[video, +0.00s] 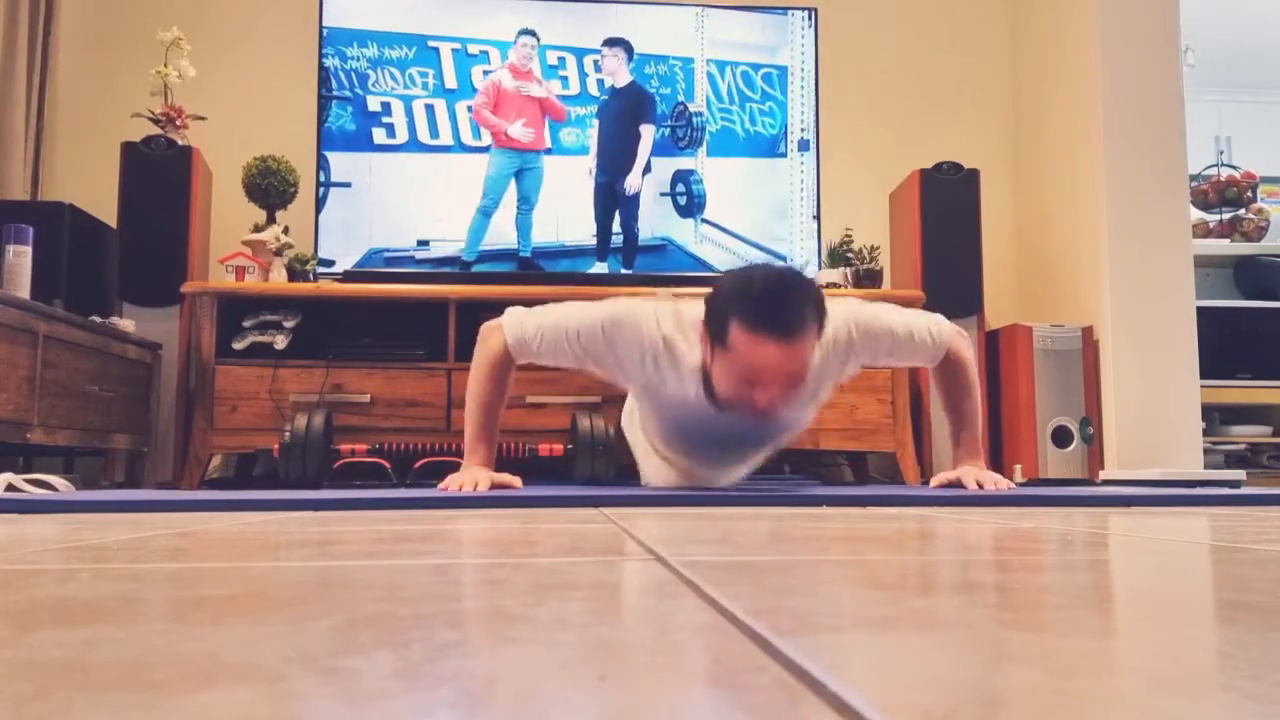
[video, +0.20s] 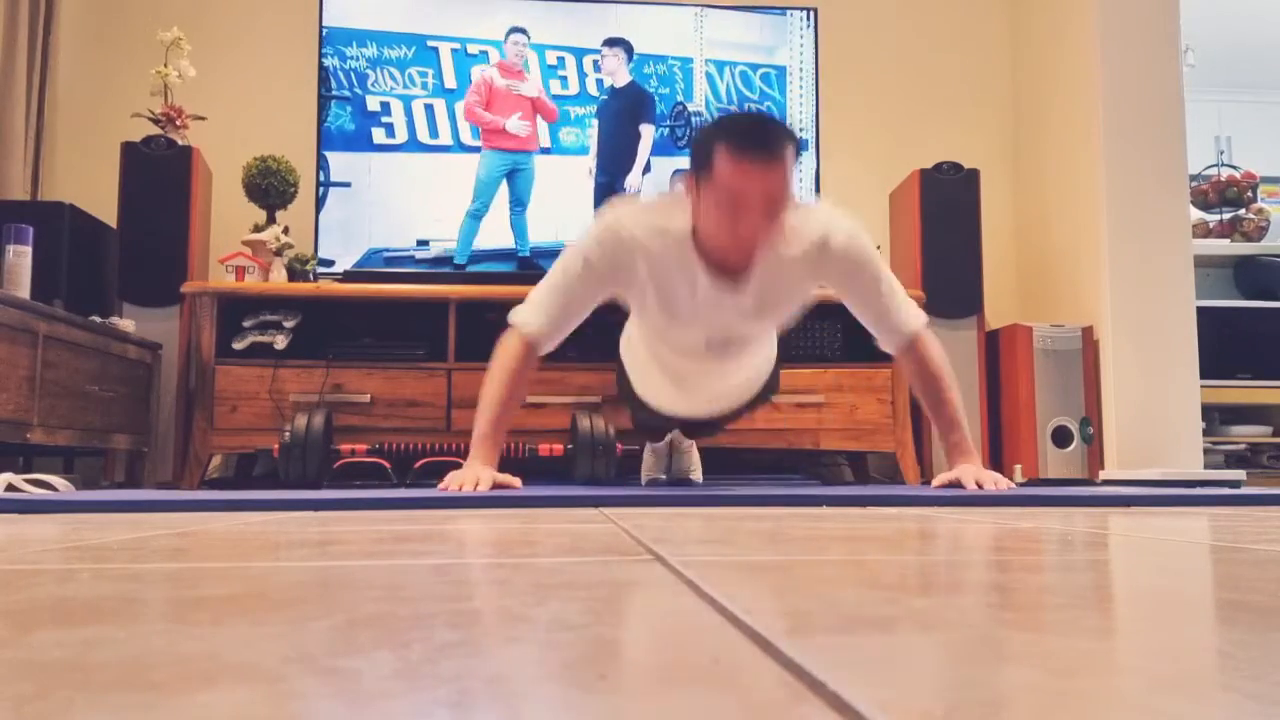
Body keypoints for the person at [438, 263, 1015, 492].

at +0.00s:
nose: (770, 397)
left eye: (787, 380)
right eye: (751, 379)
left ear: (815, 349)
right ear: (709, 348)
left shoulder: (842, 332)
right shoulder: (642, 335)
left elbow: (950, 344)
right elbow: (497, 338)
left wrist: (971, 458)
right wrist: (473, 460)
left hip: (740, 478)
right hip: (640, 466)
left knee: (721, 580)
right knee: (627, 577)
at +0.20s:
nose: (748, 226)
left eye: (766, 208)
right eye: (732, 203)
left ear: (788, 199)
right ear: (694, 189)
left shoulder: (826, 240)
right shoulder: (625, 234)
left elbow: (913, 338)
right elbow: (523, 335)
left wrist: (965, 458)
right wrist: (480, 461)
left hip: (742, 386)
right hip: (648, 380)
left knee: (710, 425)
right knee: (649, 421)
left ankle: (683, 450)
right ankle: (652, 454)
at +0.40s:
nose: (752, 181)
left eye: (771, 158)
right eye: (733, 159)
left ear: (789, 145)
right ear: (693, 140)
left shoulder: (815, 189)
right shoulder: (638, 191)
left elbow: (851, 334)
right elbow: (575, 333)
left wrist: (848, 460)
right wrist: (595, 462)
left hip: (743, 346)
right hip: (649, 346)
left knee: (701, 410)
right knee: (650, 408)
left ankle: (682, 436)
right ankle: (656, 441)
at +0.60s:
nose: (755, 437)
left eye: (777, 419)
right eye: (738, 420)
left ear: (804, 382)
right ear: (696, 382)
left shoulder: (830, 352)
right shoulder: (640, 356)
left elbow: (912, 373)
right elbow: (537, 365)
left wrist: (857, 463)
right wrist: (587, 464)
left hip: (748, 483)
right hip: (650, 481)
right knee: (653, 587)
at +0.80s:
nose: (758, 327)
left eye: (776, 308)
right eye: (741, 306)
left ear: (799, 289)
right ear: (698, 281)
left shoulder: (828, 297)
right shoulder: (631, 292)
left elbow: (908, 370)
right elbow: (535, 362)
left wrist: (856, 463)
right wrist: (588, 462)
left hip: (747, 444)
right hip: (634, 442)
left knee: (740, 571)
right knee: (626, 567)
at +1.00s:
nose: (745, 104)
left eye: (763, 79)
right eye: (723, 81)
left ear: (777, 71)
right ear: (683, 70)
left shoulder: (807, 148)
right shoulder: (628, 144)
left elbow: (851, 277)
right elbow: (582, 284)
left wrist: (849, 400)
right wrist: (583, 417)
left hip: (746, 305)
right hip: (652, 300)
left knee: (707, 404)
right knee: (652, 399)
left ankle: (685, 433)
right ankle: (656, 439)